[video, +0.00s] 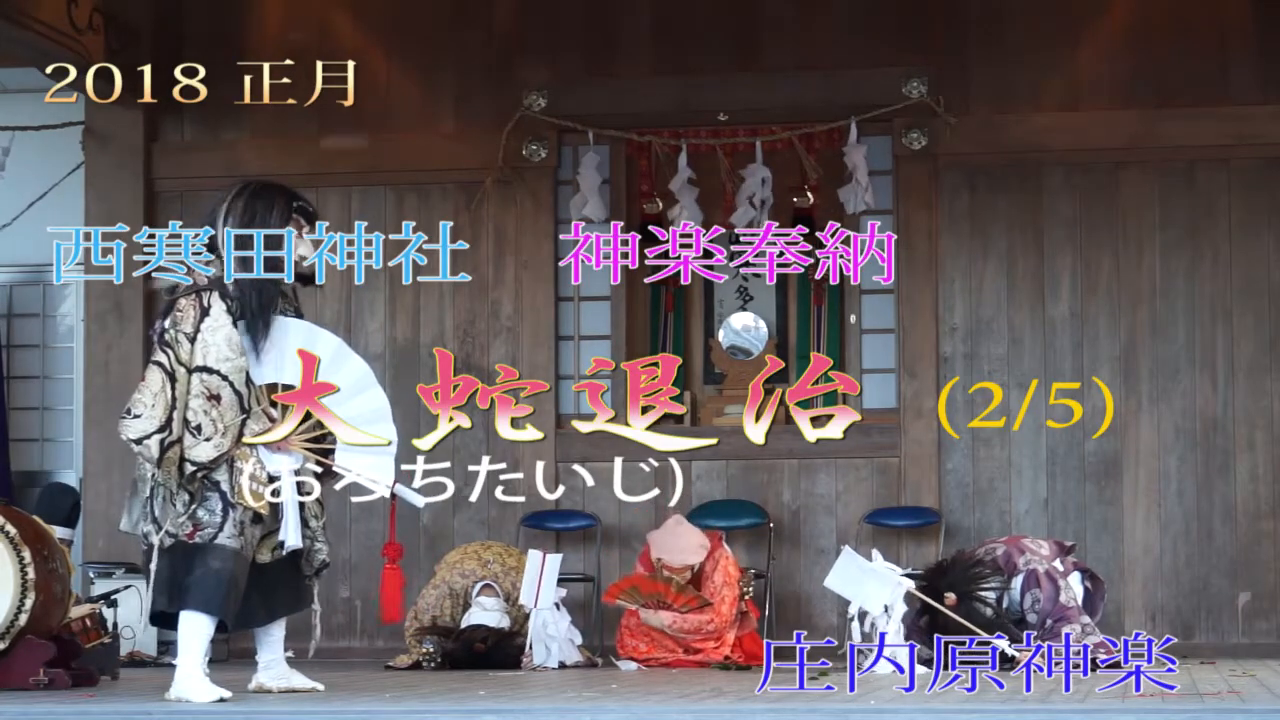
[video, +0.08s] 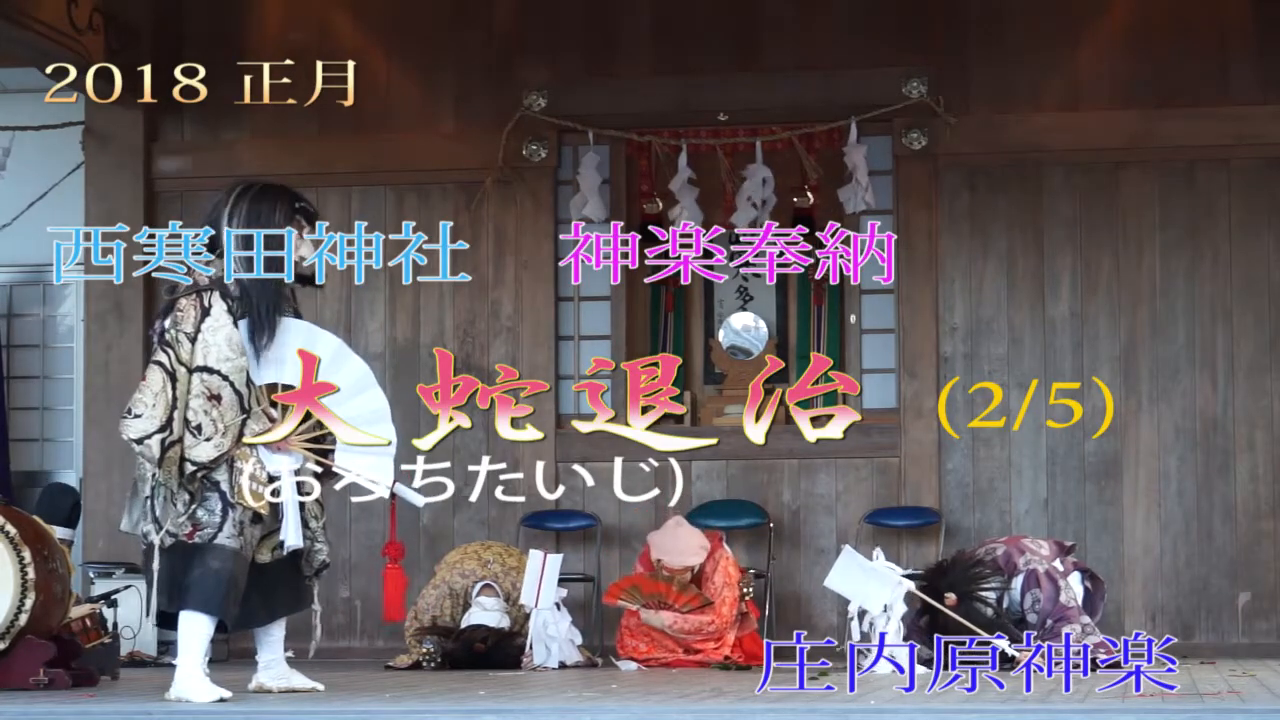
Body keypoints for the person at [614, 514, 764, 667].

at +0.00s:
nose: (675, 579)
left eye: (681, 573)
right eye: (669, 573)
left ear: (695, 564)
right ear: (658, 562)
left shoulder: (719, 560)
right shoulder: (647, 559)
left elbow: (718, 621)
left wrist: (662, 620)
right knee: (630, 625)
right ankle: (711, 654)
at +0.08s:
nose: (677, 580)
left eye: (684, 573)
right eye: (671, 574)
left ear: (695, 565)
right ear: (658, 563)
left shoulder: (719, 561)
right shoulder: (646, 560)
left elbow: (718, 623)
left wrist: (661, 620)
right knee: (632, 640)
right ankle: (711, 653)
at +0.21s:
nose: (678, 581)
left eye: (684, 574)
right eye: (671, 575)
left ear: (695, 566)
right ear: (658, 564)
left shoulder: (719, 562)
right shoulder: (647, 560)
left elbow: (720, 624)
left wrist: (665, 622)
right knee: (632, 641)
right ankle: (711, 651)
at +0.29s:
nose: (676, 582)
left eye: (682, 576)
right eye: (670, 576)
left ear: (695, 567)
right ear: (658, 564)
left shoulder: (720, 563)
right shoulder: (647, 560)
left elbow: (720, 625)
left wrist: (665, 623)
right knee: (631, 640)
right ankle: (711, 652)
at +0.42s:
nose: (680, 582)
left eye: (685, 576)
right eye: (672, 577)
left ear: (696, 566)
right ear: (659, 566)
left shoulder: (719, 562)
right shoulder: (647, 562)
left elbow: (720, 625)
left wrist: (666, 625)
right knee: (631, 642)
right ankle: (712, 654)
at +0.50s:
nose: (680, 583)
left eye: (685, 577)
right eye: (673, 578)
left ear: (696, 567)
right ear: (659, 567)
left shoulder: (719, 563)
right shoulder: (646, 563)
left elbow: (720, 627)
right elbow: (630, 639)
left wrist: (666, 625)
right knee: (633, 644)